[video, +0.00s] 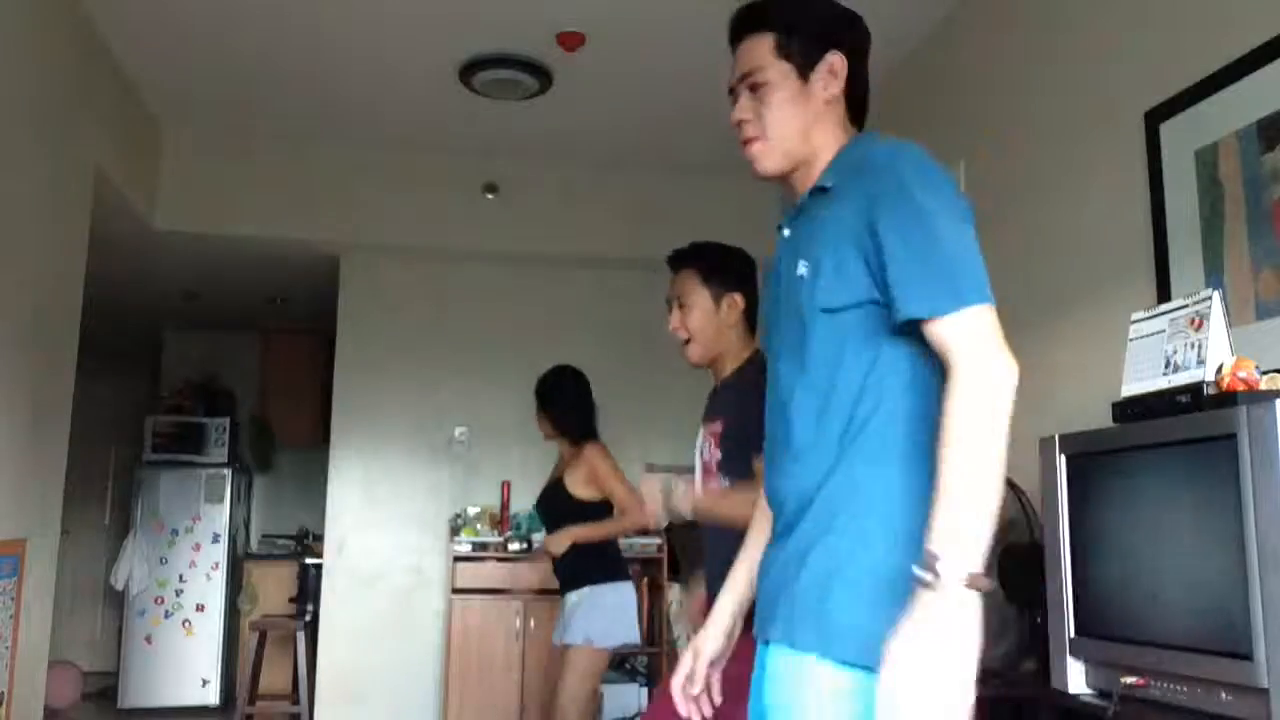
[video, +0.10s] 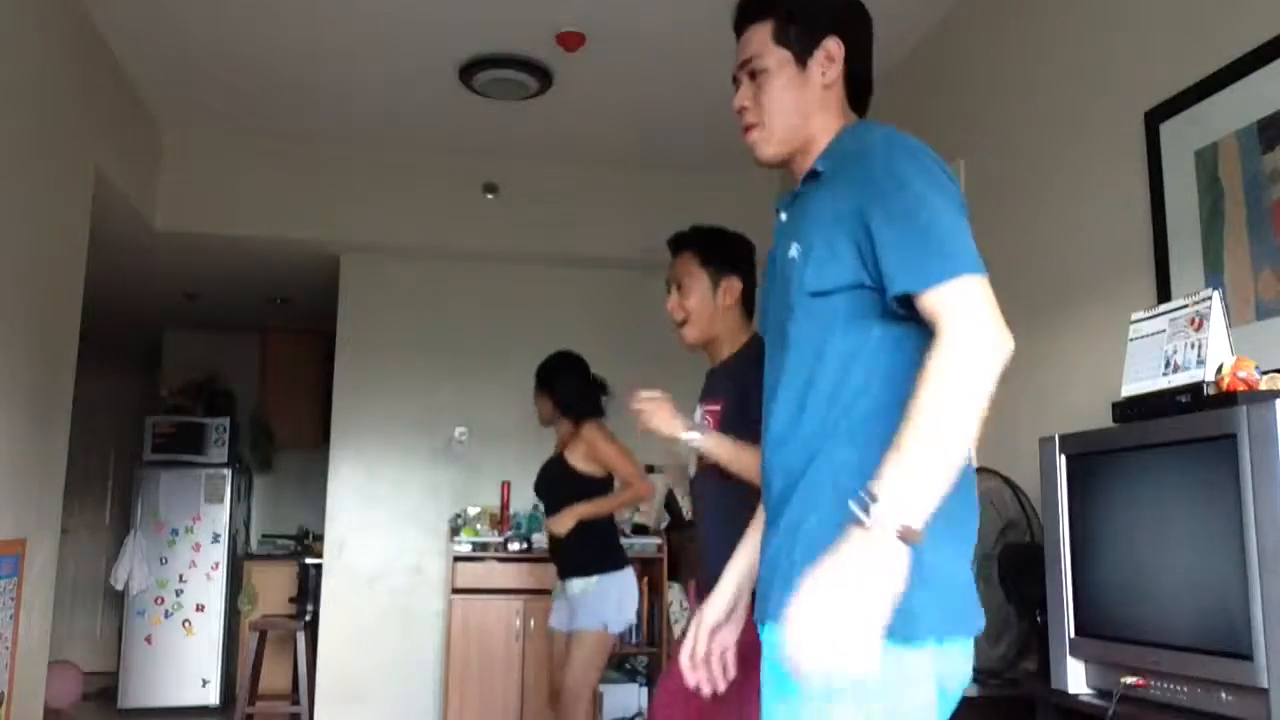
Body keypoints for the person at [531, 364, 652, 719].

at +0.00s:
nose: (537, 417)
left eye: (542, 408)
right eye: (538, 408)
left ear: (560, 410)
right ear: (571, 409)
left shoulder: (592, 454)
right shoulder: (566, 459)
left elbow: (638, 515)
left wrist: (571, 534)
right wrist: (554, 540)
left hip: (602, 594)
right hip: (579, 594)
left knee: (570, 709)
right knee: (574, 706)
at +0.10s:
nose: (535, 402)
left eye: (540, 393)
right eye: (536, 393)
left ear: (558, 394)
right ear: (565, 395)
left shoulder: (590, 434)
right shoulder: (565, 441)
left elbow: (641, 487)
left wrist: (576, 512)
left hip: (603, 582)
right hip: (574, 583)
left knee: (574, 699)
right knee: (562, 697)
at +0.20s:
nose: (537, 407)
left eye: (541, 398)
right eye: (538, 398)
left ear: (558, 401)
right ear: (568, 401)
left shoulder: (592, 440)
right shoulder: (565, 448)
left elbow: (646, 483)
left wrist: (582, 512)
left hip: (603, 589)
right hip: (571, 588)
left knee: (582, 706)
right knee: (541, 688)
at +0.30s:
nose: (540, 422)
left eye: (543, 414)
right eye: (541, 414)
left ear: (558, 418)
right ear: (571, 417)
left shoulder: (592, 464)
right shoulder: (568, 464)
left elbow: (643, 521)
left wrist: (579, 543)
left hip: (601, 605)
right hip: (575, 605)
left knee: (574, 709)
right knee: (522, 689)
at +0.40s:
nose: (539, 424)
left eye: (543, 414)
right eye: (540, 415)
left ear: (558, 417)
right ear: (575, 416)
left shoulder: (593, 465)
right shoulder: (564, 467)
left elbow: (630, 528)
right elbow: (566, 530)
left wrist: (574, 548)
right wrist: (528, 530)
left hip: (596, 602)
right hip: (570, 603)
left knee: (572, 710)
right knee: (529, 702)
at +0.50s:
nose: (536, 408)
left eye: (540, 399)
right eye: (537, 399)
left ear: (556, 403)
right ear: (568, 402)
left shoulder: (595, 452)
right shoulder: (559, 452)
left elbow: (637, 511)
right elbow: (572, 510)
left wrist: (570, 528)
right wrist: (545, 544)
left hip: (593, 586)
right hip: (565, 585)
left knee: (562, 706)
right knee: (556, 701)